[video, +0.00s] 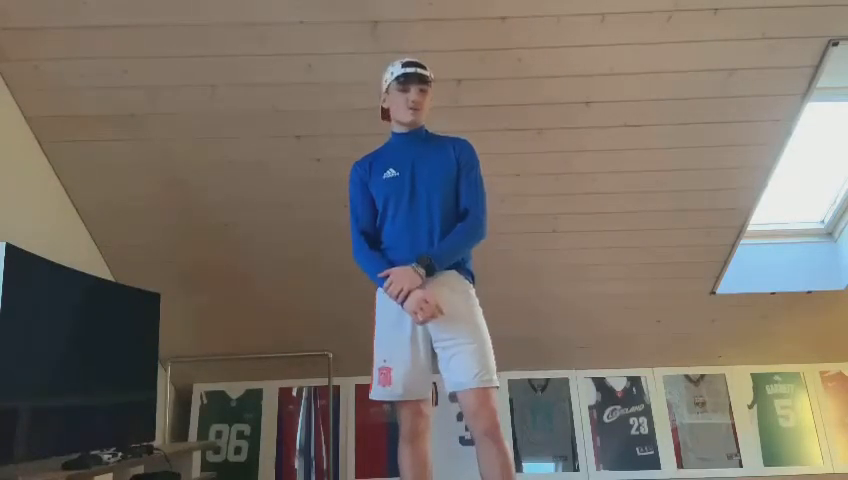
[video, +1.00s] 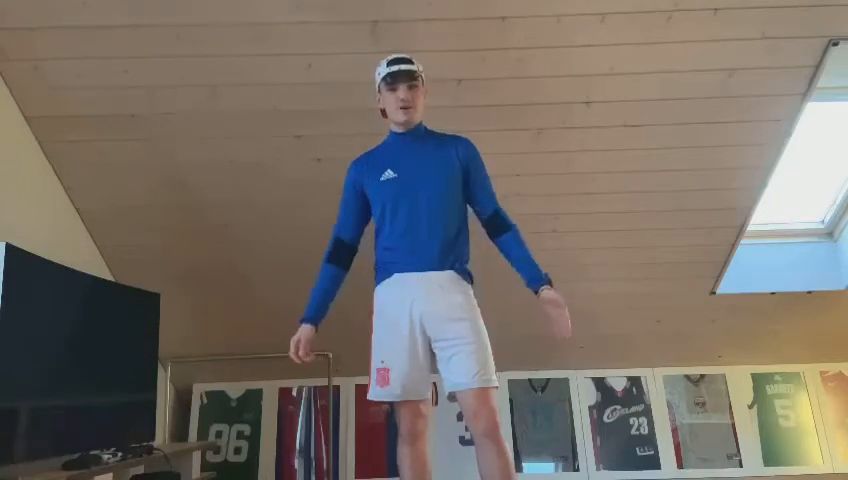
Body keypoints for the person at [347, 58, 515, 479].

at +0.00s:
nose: (414, 97)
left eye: (421, 90)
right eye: (403, 89)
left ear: (430, 99)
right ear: (386, 101)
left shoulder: (458, 150)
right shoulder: (366, 169)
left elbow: (475, 224)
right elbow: (362, 246)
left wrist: (421, 268)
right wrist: (404, 291)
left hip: (452, 289)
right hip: (395, 297)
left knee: (484, 416)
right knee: (413, 419)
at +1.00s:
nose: (403, 95)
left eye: (411, 86)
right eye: (393, 88)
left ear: (424, 95)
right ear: (380, 103)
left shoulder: (459, 150)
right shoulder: (365, 167)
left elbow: (497, 223)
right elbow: (341, 248)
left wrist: (541, 284)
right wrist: (309, 321)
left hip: (452, 294)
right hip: (394, 301)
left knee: (484, 419)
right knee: (411, 423)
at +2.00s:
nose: (409, 93)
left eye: (416, 86)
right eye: (398, 86)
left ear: (424, 95)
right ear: (378, 100)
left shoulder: (454, 149)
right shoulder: (361, 169)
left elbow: (484, 221)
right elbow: (349, 248)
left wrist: (507, 282)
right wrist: (338, 317)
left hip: (450, 295)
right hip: (393, 301)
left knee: (482, 418)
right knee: (410, 422)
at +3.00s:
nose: (404, 97)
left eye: (412, 89)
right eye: (394, 90)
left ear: (425, 98)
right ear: (381, 103)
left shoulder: (457, 150)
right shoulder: (363, 168)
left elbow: (484, 226)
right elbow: (353, 246)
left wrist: (442, 259)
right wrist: (388, 269)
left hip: (450, 294)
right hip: (393, 300)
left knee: (483, 417)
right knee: (411, 421)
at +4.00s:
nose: (475, 106)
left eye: (485, 97)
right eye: (467, 94)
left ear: (495, 96)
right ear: (448, 87)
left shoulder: (511, 143)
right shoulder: (416, 150)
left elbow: (557, 196)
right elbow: (390, 228)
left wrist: (497, 195)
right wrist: (444, 199)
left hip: (502, 289)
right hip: (444, 293)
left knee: (521, 410)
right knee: (441, 420)